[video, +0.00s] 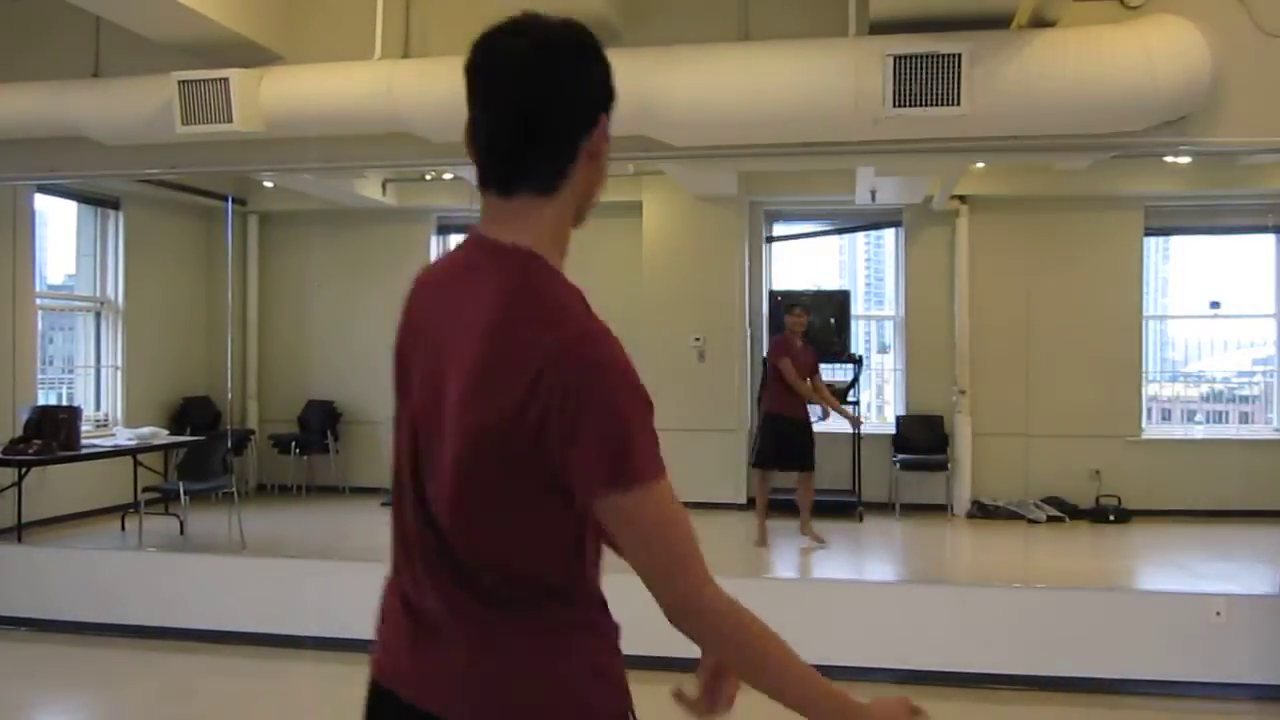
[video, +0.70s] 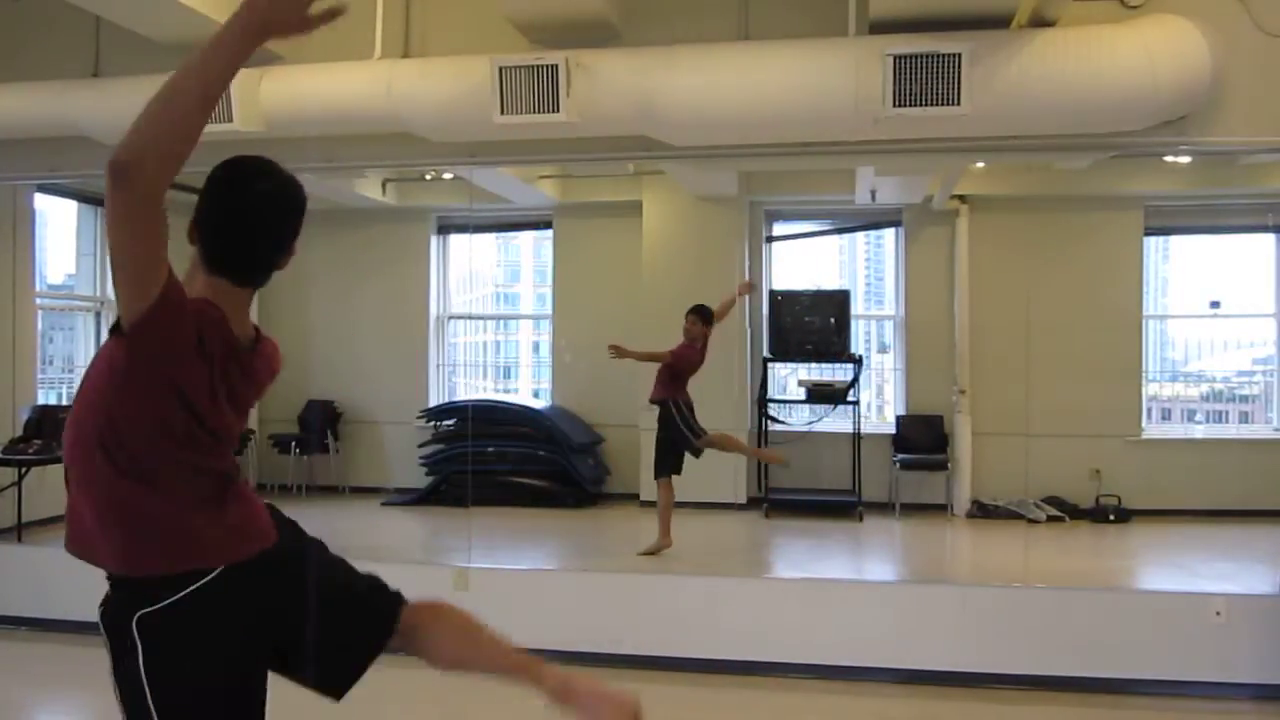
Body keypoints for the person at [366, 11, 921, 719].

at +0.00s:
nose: (610, 150)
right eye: (610, 131)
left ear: (474, 140)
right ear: (596, 139)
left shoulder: (432, 293)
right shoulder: (570, 346)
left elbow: (557, 487)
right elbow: (690, 600)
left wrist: (716, 635)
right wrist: (842, 707)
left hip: (409, 680)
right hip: (547, 693)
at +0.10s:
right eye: (526, 118)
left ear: (403, 127)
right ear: (522, 129)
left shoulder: (360, 270)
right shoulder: (545, 288)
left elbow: (436, 435)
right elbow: (629, 530)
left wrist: (619, 464)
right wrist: (730, 702)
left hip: (341, 643)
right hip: (482, 665)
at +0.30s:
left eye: (300, 246)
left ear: (304, 260)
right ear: (410, 253)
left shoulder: (263, 390)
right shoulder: (471, 397)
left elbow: (160, 454)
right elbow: (614, 541)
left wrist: (87, 453)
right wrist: (728, 656)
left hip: (259, 688)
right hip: (399, 700)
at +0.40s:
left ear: (266, 263)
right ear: (373, 261)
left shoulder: (214, 393)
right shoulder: (429, 394)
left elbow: (63, 537)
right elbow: (568, 476)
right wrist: (666, 525)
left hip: (234, 691)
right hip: (371, 693)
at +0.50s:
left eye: (224, 231)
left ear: (227, 245)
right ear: (324, 248)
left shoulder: (204, 375)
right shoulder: (359, 359)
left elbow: (78, 502)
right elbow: (457, 398)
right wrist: (540, 417)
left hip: (205, 650)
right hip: (322, 638)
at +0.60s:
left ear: (199, 239)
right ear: (298, 254)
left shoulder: (185, 359)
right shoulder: (300, 346)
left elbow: (94, 373)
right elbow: (351, 363)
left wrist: (84, 284)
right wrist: (383, 365)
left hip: (173, 611)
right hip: (276, 582)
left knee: (199, 710)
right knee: (357, 704)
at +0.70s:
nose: (182, 229)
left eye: (194, 217)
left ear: (190, 231)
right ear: (284, 256)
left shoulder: (156, 323)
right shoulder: (254, 352)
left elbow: (132, 173)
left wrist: (246, 24)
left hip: (168, 601)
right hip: (263, 557)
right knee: (399, 620)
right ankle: (549, 679)